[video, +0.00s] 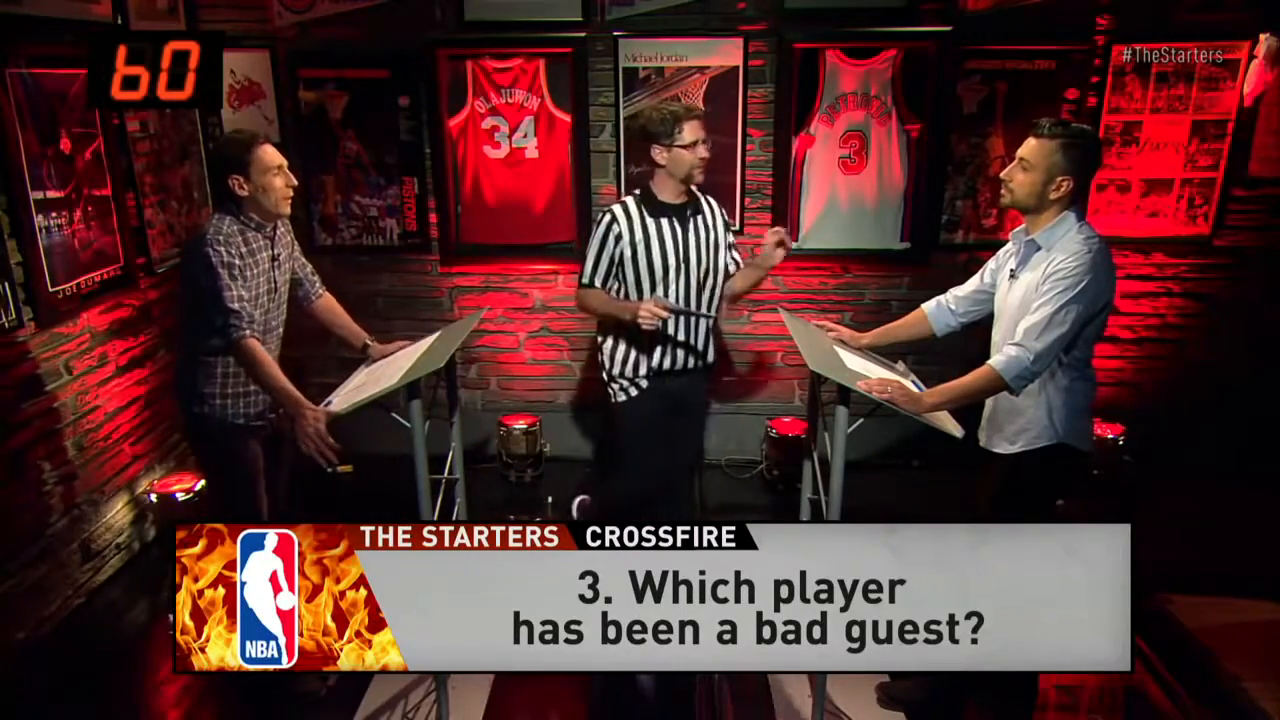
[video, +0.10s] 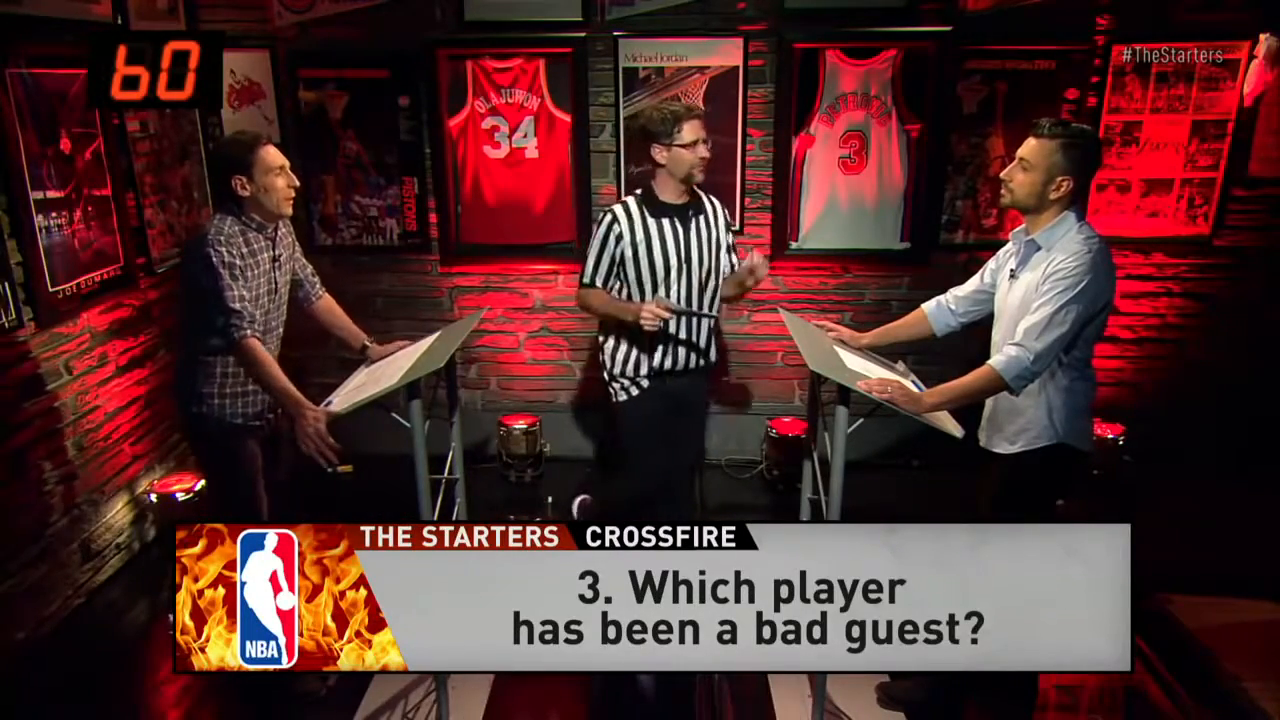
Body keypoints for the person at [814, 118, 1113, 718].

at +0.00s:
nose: (1007, 172)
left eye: (1023, 167)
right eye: (1013, 161)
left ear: (1059, 188)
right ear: (1048, 183)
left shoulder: (1082, 259)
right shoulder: (1024, 244)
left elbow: (1022, 361)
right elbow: (954, 307)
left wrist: (927, 398)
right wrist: (868, 339)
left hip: (1041, 444)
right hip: (1000, 432)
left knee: (1007, 577)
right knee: (977, 562)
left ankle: (997, 702)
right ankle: (942, 679)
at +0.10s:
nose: (1007, 172)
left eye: (1023, 167)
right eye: (1013, 161)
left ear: (1059, 188)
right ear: (1048, 183)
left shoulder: (1082, 259)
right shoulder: (1024, 244)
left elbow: (1022, 361)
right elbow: (954, 307)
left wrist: (927, 398)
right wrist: (868, 339)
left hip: (1041, 444)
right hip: (1000, 432)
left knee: (1007, 577)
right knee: (977, 562)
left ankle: (997, 702)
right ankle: (942, 679)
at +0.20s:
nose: (1006, 172)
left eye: (1022, 167)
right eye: (1013, 161)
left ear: (1059, 188)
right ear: (1048, 184)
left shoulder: (1082, 259)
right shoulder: (1025, 243)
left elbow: (1022, 361)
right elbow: (954, 306)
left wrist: (926, 398)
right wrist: (868, 339)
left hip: (1041, 444)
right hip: (1000, 432)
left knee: (1006, 578)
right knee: (974, 560)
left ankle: (999, 703)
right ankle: (940, 681)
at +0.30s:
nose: (1006, 172)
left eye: (1022, 167)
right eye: (1013, 161)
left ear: (1059, 188)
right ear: (1048, 184)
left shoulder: (1082, 259)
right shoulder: (1025, 243)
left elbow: (1022, 361)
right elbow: (954, 306)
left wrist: (926, 398)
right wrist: (868, 339)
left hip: (1041, 445)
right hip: (999, 432)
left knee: (1006, 579)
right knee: (973, 561)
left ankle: (998, 704)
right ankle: (940, 681)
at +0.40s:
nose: (1006, 172)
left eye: (1022, 167)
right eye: (1013, 161)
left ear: (1059, 188)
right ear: (1048, 184)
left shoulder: (1083, 259)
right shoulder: (1025, 243)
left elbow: (1022, 361)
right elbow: (954, 306)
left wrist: (926, 398)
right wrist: (867, 339)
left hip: (1041, 445)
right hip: (999, 432)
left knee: (1006, 578)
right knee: (973, 560)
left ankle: (998, 704)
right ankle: (940, 681)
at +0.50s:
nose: (1006, 174)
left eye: (1021, 168)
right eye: (1012, 163)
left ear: (1059, 188)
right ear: (1047, 184)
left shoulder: (1083, 259)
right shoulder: (1025, 243)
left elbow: (1022, 361)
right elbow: (954, 306)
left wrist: (926, 398)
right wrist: (867, 339)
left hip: (1041, 445)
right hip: (999, 432)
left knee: (1007, 578)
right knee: (974, 561)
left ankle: (998, 704)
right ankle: (940, 681)